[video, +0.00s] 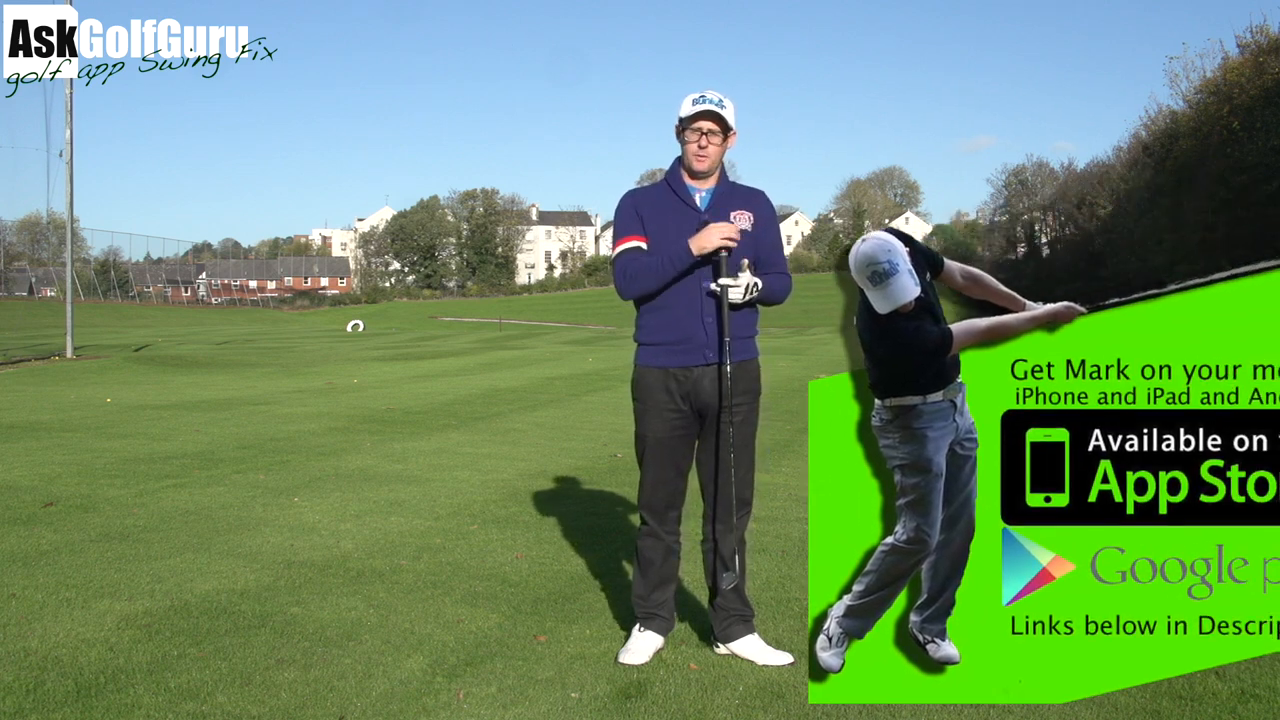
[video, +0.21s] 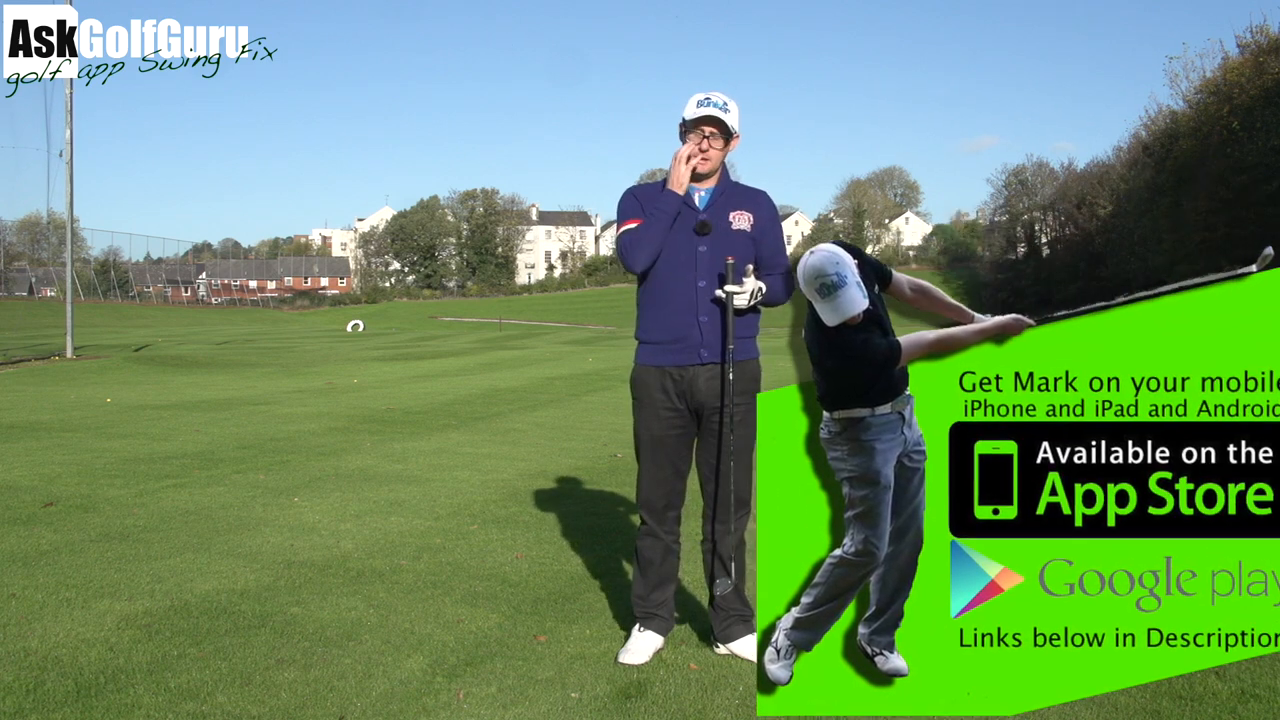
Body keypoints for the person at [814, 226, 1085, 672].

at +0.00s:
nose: (905, 304)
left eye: (907, 290)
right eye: (893, 301)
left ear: (905, 264)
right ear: (867, 288)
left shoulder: (902, 250)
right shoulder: (886, 328)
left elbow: (962, 277)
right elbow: (977, 333)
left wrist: (1027, 306)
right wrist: (1045, 317)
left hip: (953, 406)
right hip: (910, 420)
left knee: (956, 527)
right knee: (917, 535)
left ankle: (928, 623)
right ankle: (844, 621)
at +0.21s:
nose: (853, 316)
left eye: (855, 302)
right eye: (841, 314)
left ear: (854, 276)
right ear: (816, 301)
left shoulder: (850, 262)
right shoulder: (837, 341)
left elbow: (910, 289)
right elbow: (931, 344)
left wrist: (976, 319)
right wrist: (995, 329)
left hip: (901, 418)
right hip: (859, 432)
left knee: (904, 539)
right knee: (865, 548)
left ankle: (876, 635)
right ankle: (792, 634)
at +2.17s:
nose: (823, 324)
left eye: (825, 311)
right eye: (811, 322)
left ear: (824, 285)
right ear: (787, 310)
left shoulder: (819, 268)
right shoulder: (809, 351)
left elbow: (880, 296)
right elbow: (900, 352)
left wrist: (946, 327)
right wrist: (963, 337)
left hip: (871, 425)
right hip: (829, 440)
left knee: (874, 546)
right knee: (835, 555)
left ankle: (846, 642)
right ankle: (762, 641)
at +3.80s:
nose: (823, 323)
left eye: (825, 310)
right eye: (811, 321)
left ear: (823, 284)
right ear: (786, 308)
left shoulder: (819, 268)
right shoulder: (808, 351)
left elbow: (880, 296)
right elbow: (899, 352)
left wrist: (946, 327)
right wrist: (963, 337)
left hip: (871, 425)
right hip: (828, 439)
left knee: (874, 546)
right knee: (835, 555)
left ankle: (846, 642)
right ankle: (762, 641)